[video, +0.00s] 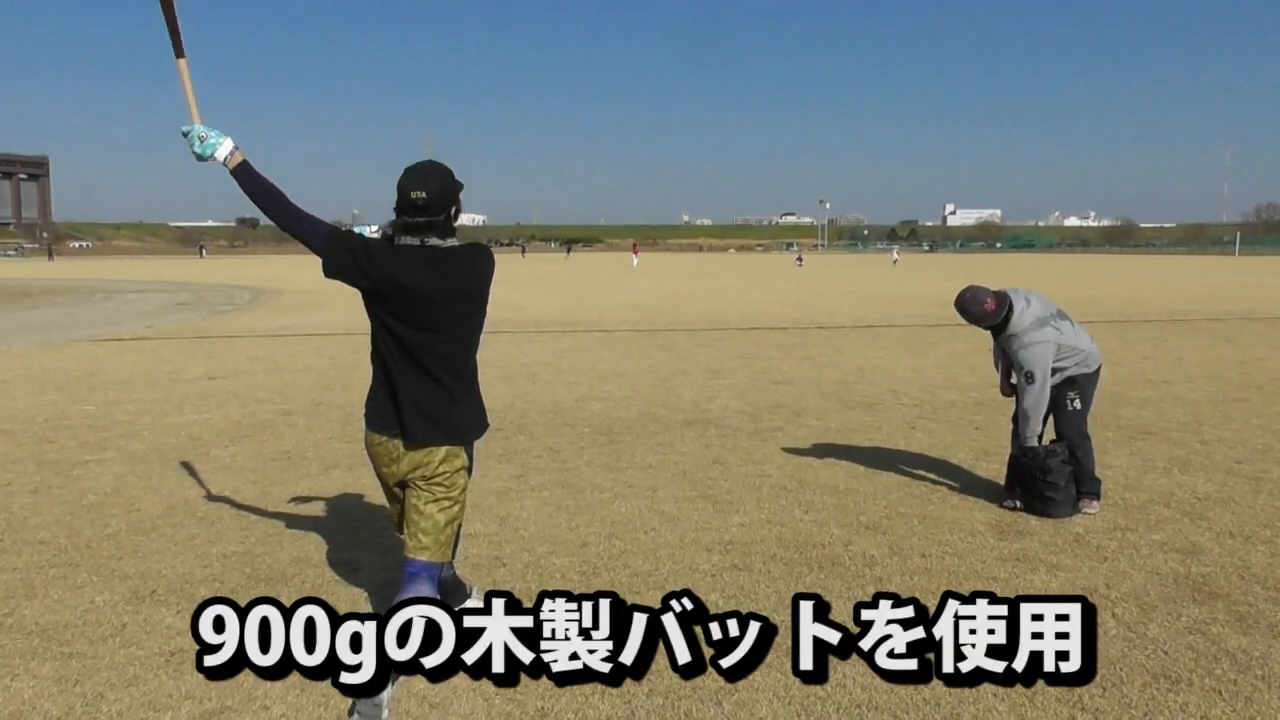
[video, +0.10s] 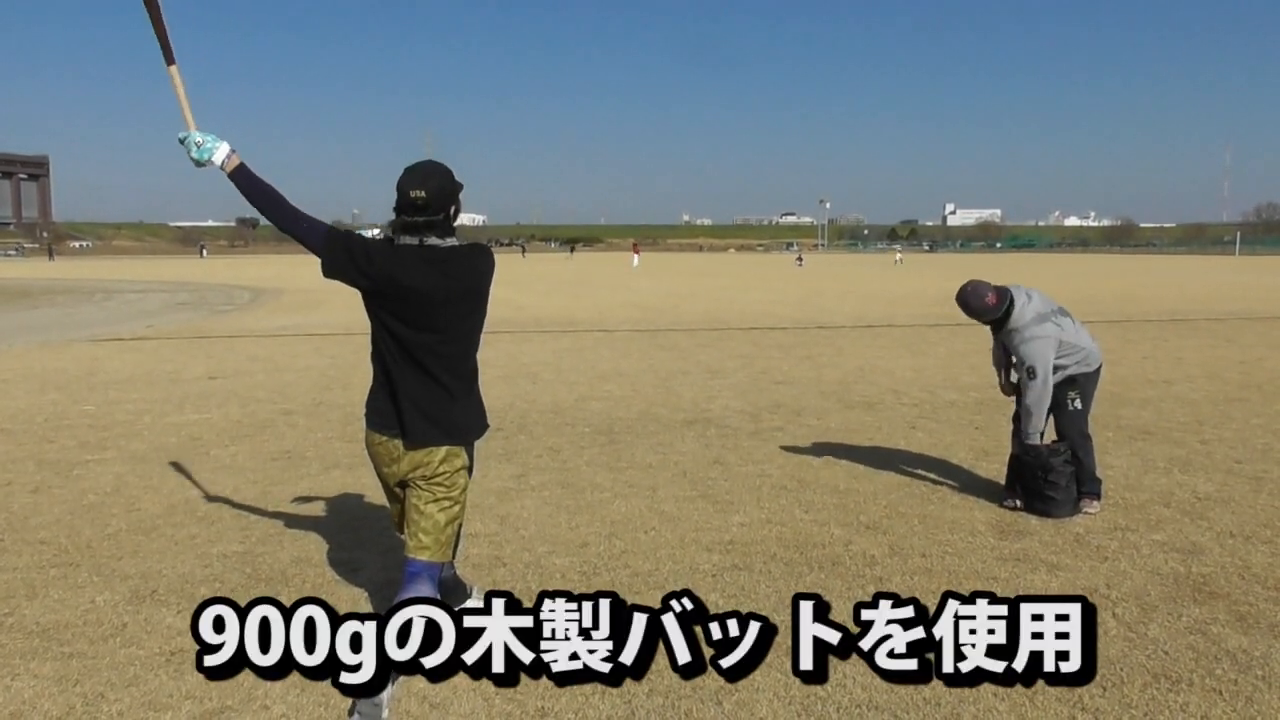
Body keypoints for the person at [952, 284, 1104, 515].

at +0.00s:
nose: (980, 327)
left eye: (978, 323)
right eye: (978, 323)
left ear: (985, 322)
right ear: (992, 296)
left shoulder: (1030, 345)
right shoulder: (1004, 303)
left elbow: (1034, 399)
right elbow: (1002, 344)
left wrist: (1029, 443)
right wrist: (1004, 378)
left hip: (1077, 366)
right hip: (1040, 366)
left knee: (1070, 430)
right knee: (1023, 425)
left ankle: (1088, 492)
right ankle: (1016, 490)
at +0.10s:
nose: (979, 321)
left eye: (978, 317)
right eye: (977, 316)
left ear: (986, 318)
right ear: (994, 292)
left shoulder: (1031, 339)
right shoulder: (1004, 300)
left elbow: (1037, 394)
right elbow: (1000, 342)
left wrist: (1032, 438)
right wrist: (1004, 379)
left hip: (1077, 366)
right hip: (1039, 364)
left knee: (1071, 429)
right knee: (1023, 424)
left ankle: (1089, 492)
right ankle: (1017, 490)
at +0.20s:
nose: (978, 309)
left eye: (976, 306)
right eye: (976, 305)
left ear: (983, 307)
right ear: (995, 284)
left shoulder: (1031, 329)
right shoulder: (1006, 293)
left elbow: (1040, 385)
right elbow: (1002, 341)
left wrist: (1035, 429)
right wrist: (1004, 376)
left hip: (1076, 364)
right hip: (1038, 362)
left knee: (1071, 427)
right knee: (1022, 423)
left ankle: (1089, 492)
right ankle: (1017, 489)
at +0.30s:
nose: (978, 297)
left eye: (977, 293)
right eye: (976, 293)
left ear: (983, 294)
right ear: (997, 275)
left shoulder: (1029, 315)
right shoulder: (1006, 297)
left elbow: (1042, 370)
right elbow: (1004, 337)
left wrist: (1037, 416)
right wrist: (1005, 371)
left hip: (1076, 363)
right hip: (1038, 361)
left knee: (1069, 425)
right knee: (1023, 423)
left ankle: (1088, 492)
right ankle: (1017, 489)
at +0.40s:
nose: (979, 282)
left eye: (978, 277)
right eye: (978, 277)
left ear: (988, 280)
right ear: (1004, 262)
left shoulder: (1028, 302)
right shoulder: (1011, 288)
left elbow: (1043, 355)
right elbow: (1007, 330)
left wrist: (1040, 398)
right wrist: (1005, 362)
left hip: (1073, 364)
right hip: (1038, 362)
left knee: (1068, 425)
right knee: (1025, 423)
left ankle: (1088, 491)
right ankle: (1017, 487)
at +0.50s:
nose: (988, 271)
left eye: (988, 266)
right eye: (987, 265)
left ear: (992, 267)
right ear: (1014, 250)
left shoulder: (1028, 292)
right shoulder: (1016, 279)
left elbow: (1044, 341)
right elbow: (1009, 324)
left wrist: (1041, 381)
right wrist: (1005, 356)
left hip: (1071, 362)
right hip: (1038, 361)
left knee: (1067, 426)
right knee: (1024, 424)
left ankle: (1087, 490)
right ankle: (1016, 486)